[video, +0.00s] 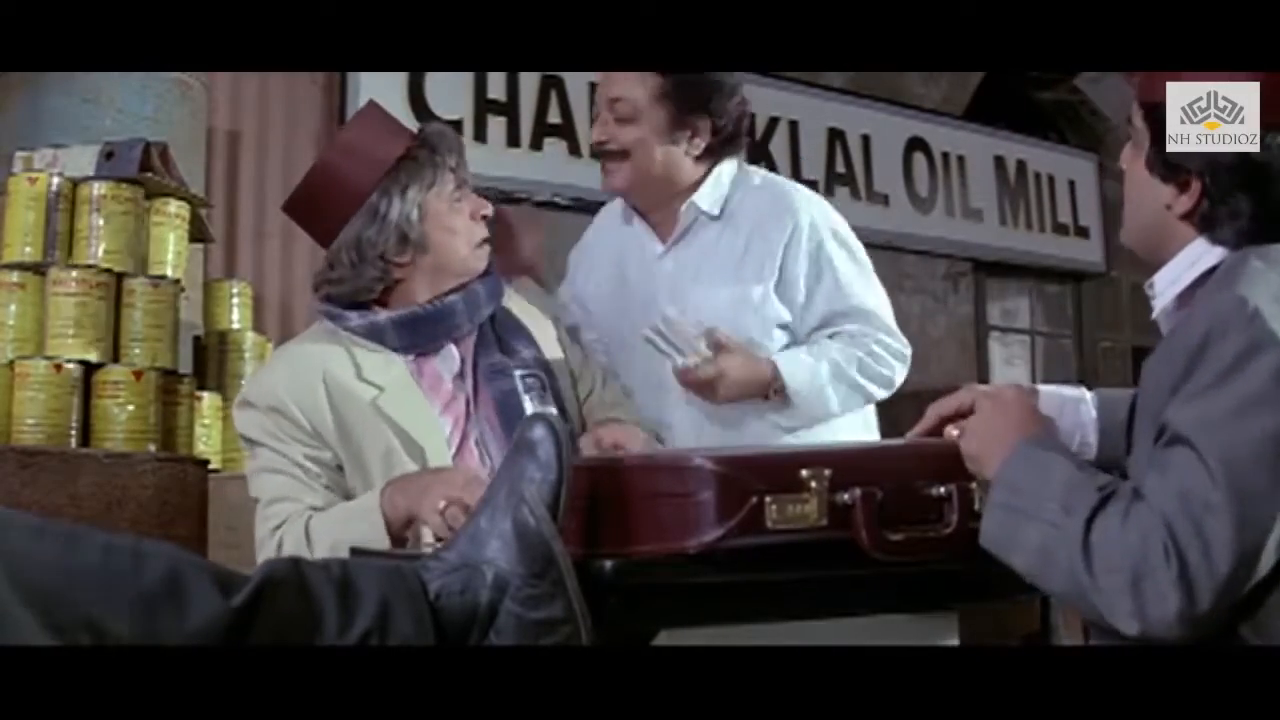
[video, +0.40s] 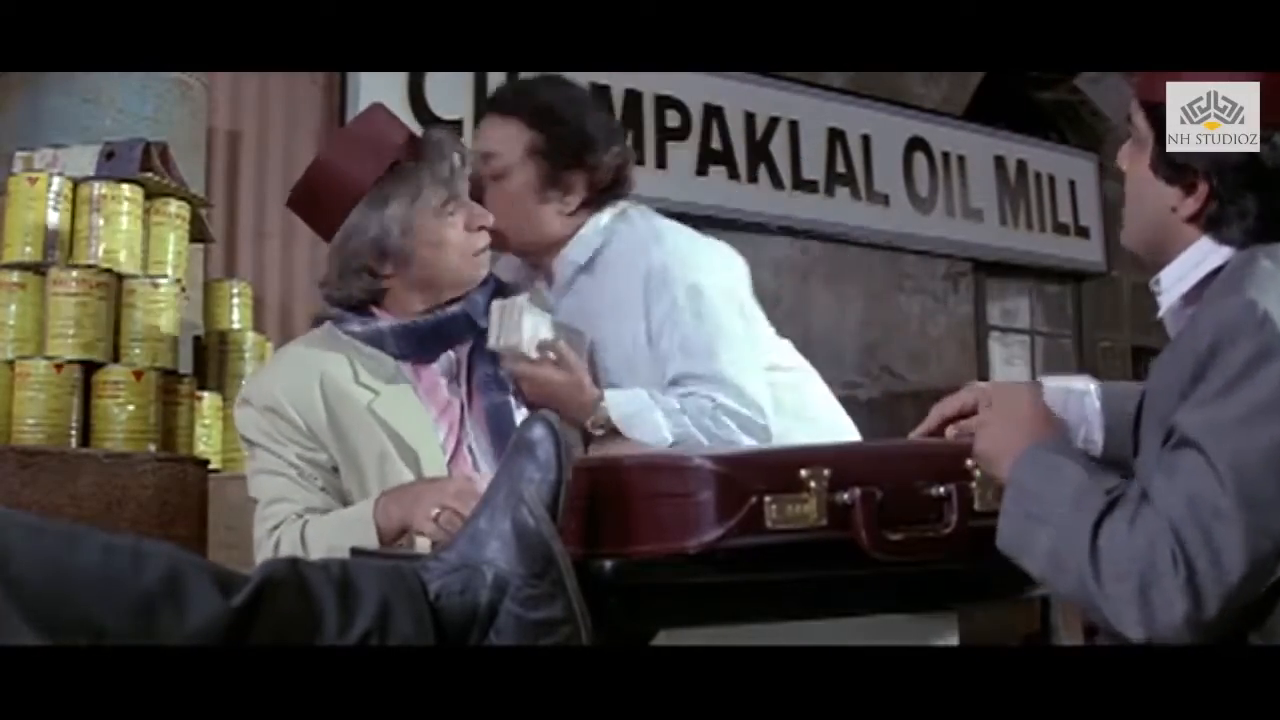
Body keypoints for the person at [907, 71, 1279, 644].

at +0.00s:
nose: (1121, 160)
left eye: (1136, 141)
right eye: (1131, 138)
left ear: (1183, 190)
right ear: (1183, 187)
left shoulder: (1249, 317)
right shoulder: (1232, 298)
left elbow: (1168, 579)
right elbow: (1196, 427)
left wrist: (1020, 461)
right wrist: (1046, 415)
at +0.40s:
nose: (1120, 159)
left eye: (1136, 140)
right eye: (1130, 137)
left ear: (1190, 191)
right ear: (1191, 190)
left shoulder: (1255, 321)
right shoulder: (1236, 302)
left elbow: (1173, 582)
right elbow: (1205, 420)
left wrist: (1032, 461)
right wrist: (1059, 412)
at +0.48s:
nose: (1103, 164)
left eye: (1119, 148)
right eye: (1114, 143)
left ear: (1171, 200)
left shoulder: (1231, 331)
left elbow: (1134, 552)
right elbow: (1152, 352)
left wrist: (1031, 378)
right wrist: (996, 353)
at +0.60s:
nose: (1070, 177)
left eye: (1083, 157)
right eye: (1078, 154)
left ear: (1135, 206)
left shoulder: (1220, 344)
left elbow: (1122, 585)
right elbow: (1077, 314)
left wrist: (1015, 423)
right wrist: (919, 258)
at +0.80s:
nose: (1023, 195)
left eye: (1031, 178)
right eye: (1030, 175)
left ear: (1074, 219)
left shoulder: (1181, 351)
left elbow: (1116, 599)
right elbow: (1083, 363)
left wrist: (989, 458)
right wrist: (920, 330)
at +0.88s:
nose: (1032, 180)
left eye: (1040, 166)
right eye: (1038, 163)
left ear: (1081, 219)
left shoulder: (1185, 347)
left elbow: (1117, 599)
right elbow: (1101, 373)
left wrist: (992, 463)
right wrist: (952, 361)